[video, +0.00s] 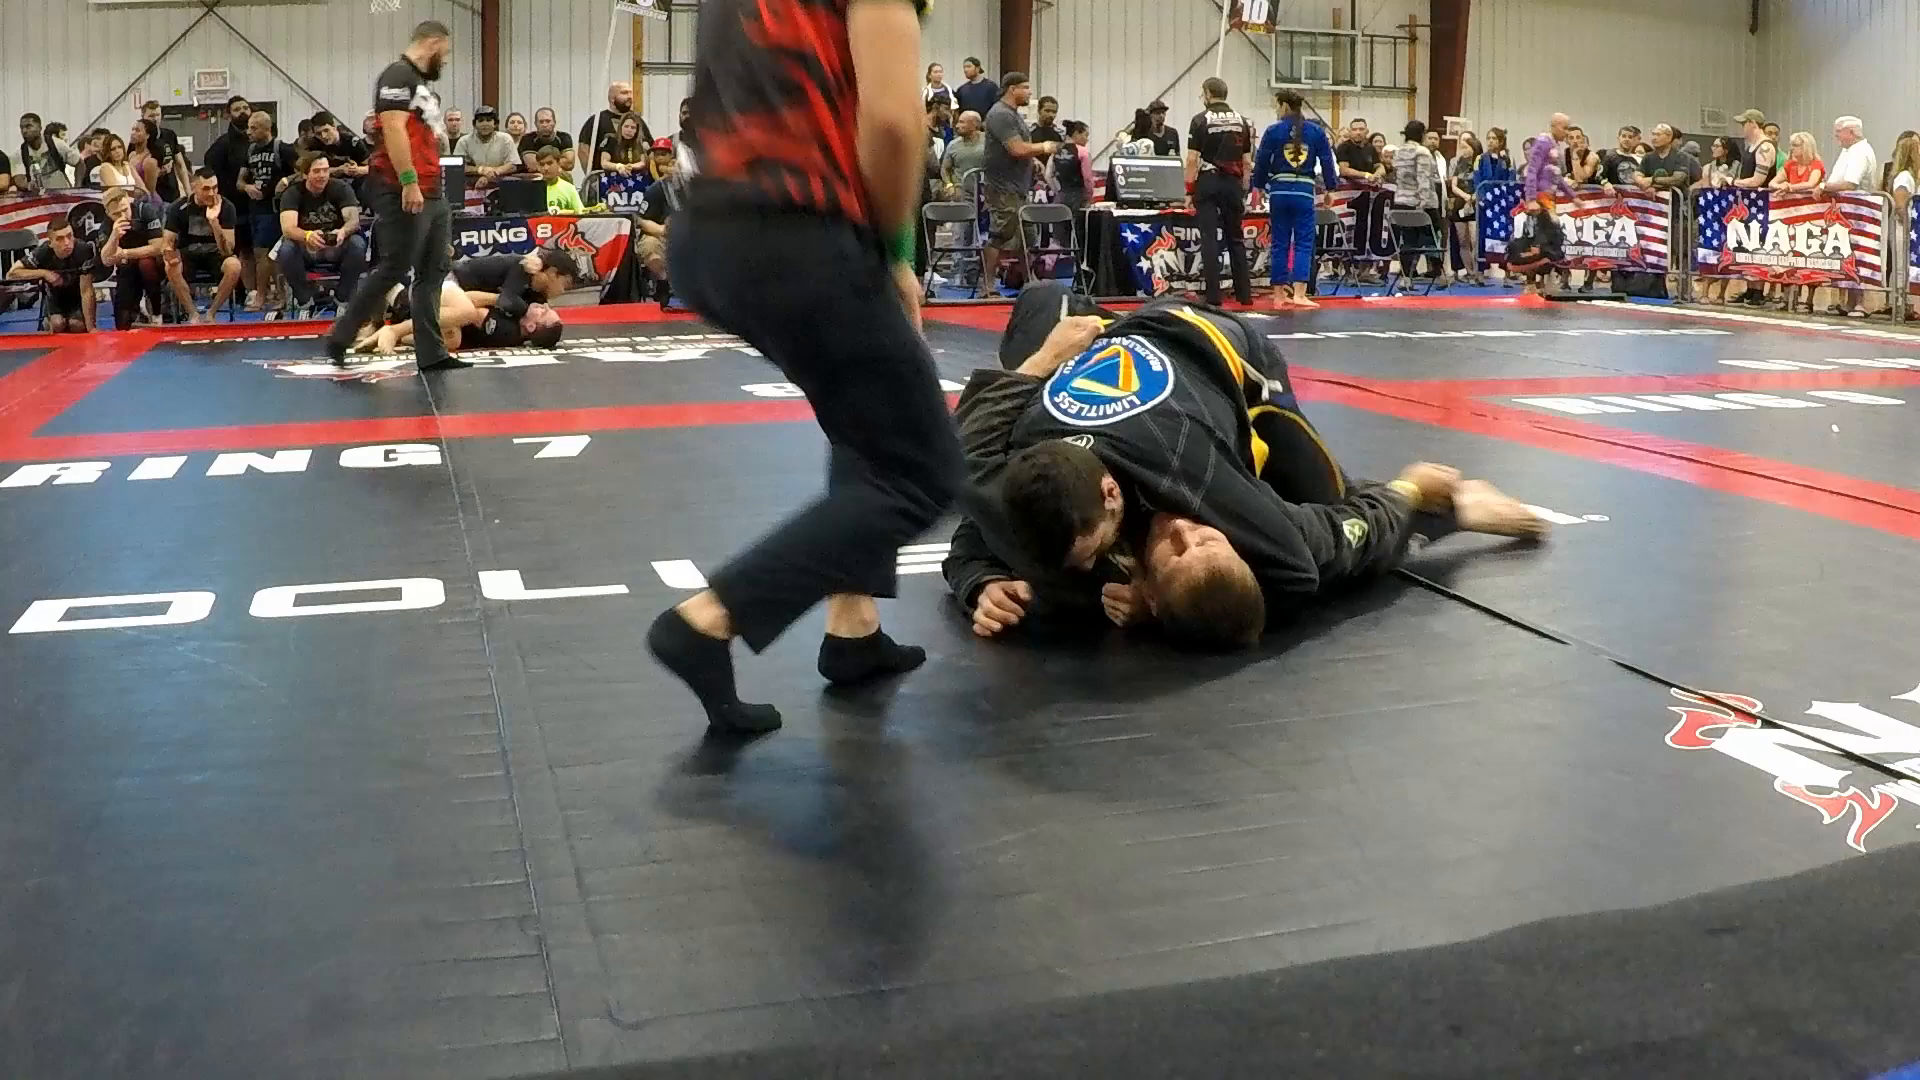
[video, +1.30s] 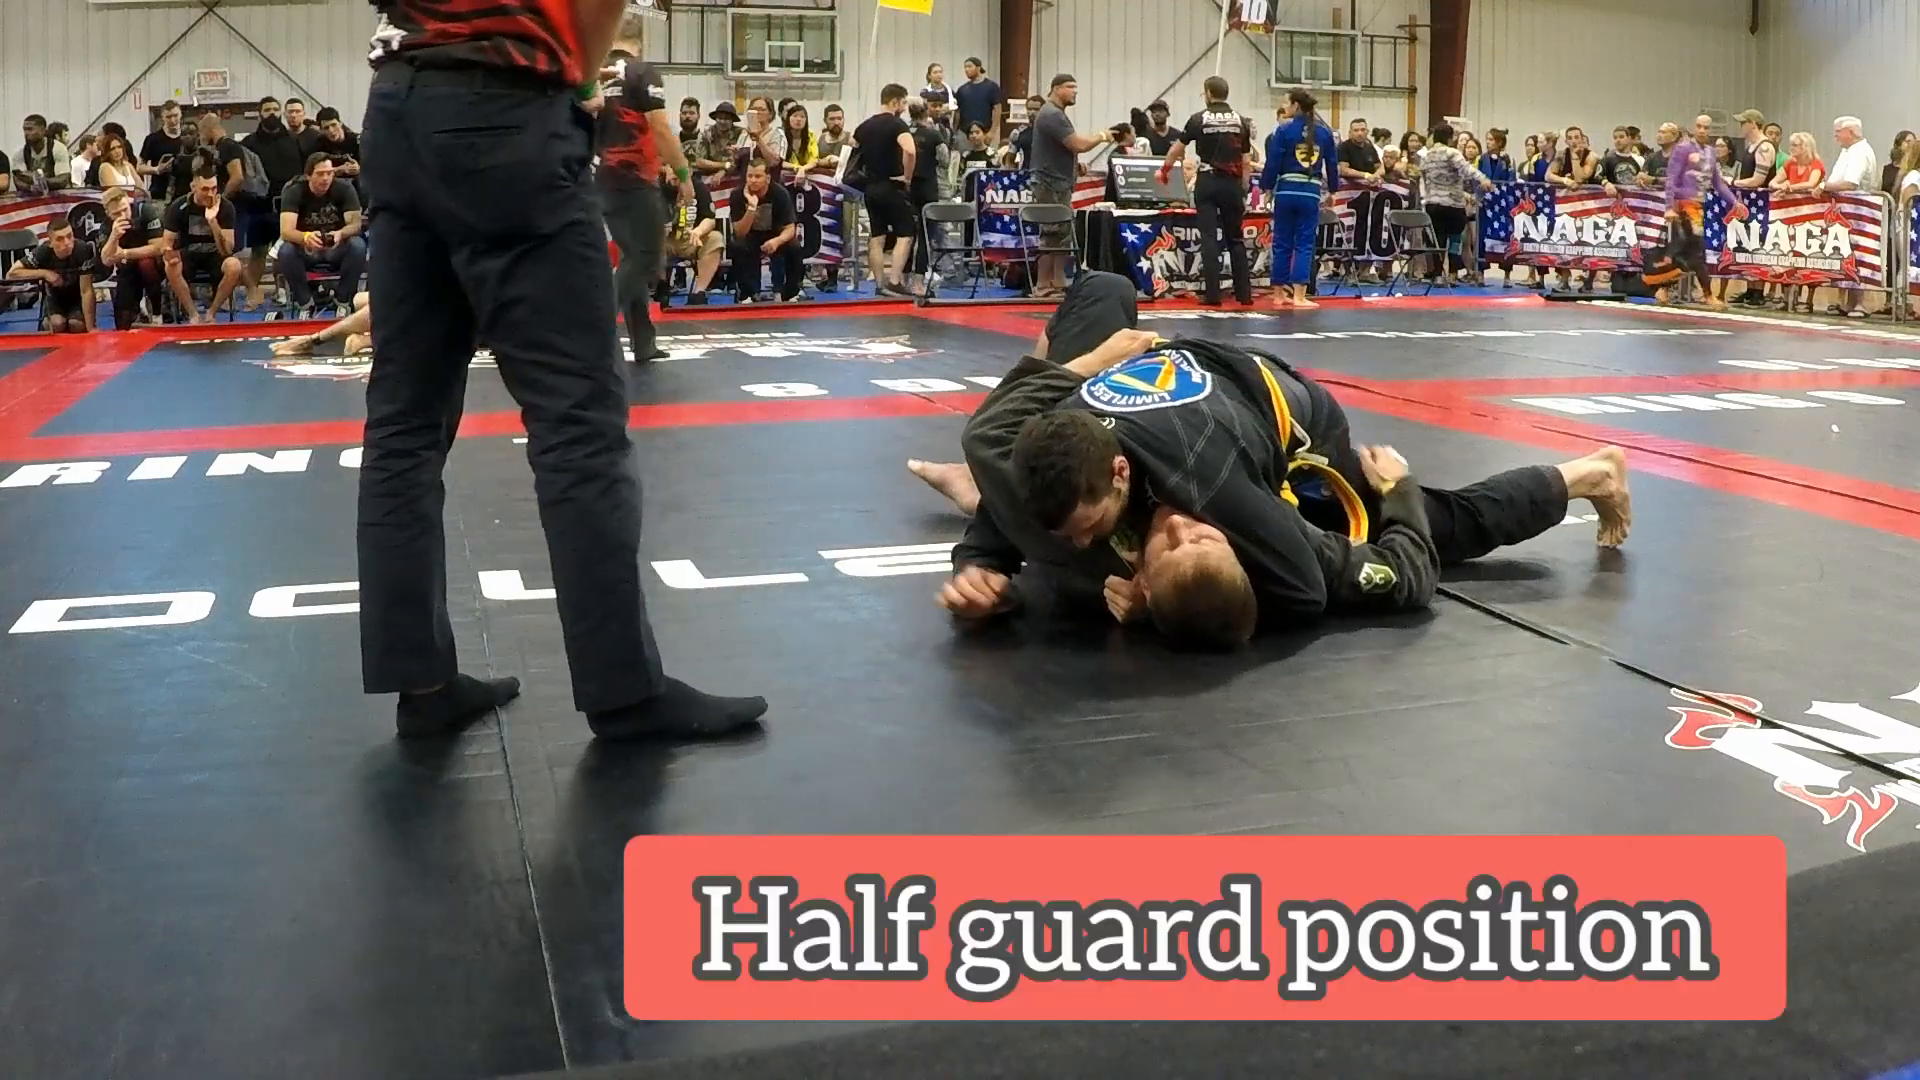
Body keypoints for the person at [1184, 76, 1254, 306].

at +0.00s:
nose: (1202, 96)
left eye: (1203, 93)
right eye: (1203, 93)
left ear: (1208, 94)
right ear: (1225, 94)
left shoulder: (1200, 120)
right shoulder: (1241, 120)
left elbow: (1192, 160)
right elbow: (1246, 161)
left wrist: (1189, 190)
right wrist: (1244, 191)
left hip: (1207, 180)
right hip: (1233, 181)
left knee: (1209, 238)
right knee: (1235, 237)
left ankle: (1213, 296)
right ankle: (1244, 293)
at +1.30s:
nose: (1203, 95)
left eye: (1204, 92)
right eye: (1204, 92)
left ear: (1208, 94)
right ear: (1226, 94)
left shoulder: (1197, 120)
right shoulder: (1241, 121)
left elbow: (1177, 149)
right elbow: (1245, 159)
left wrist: (1164, 169)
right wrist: (1244, 189)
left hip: (1206, 181)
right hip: (1233, 183)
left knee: (1208, 238)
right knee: (1235, 238)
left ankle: (1212, 295)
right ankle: (1244, 295)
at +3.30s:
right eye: (1225, 92)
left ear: (1208, 93)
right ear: (1228, 94)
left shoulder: (1194, 120)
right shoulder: (1238, 121)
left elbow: (1187, 158)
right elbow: (1244, 160)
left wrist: (1189, 189)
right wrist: (1244, 192)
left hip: (1204, 181)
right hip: (1230, 182)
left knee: (1208, 239)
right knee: (1237, 238)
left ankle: (1212, 294)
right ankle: (1245, 294)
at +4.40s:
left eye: (1203, 92)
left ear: (1204, 94)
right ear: (1224, 93)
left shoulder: (1194, 119)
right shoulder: (1238, 120)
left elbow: (1188, 157)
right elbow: (1245, 159)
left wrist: (1186, 189)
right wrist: (1246, 191)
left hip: (1203, 180)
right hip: (1231, 181)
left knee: (1208, 239)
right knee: (1237, 238)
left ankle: (1212, 295)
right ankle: (1245, 294)